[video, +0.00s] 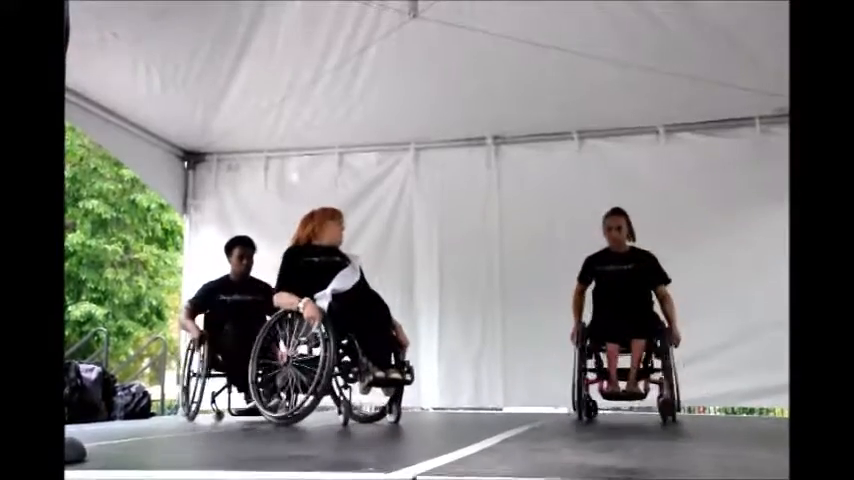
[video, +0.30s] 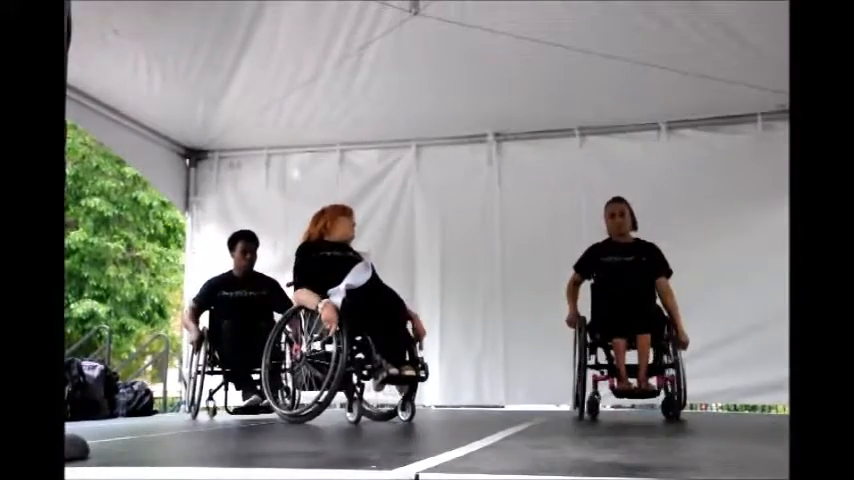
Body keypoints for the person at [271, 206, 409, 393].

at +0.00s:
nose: (342, 229)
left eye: (342, 225)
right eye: (338, 225)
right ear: (319, 227)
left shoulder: (345, 259)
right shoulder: (296, 254)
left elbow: (367, 293)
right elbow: (279, 296)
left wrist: (394, 326)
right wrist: (302, 303)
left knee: (375, 308)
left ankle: (382, 366)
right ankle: (376, 367)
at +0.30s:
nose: (354, 226)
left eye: (353, 222)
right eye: (349, 222)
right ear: (330, 224)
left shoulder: (354, 255)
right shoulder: (308, 250)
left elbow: (379, 287)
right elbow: (301, 292)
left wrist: (412, 316)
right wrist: (322, 304)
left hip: (369, 303)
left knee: (391, 307)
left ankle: (399, 363)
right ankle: (390, 364)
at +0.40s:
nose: (355, 224)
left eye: (354, 220)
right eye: (350, 219)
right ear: (332, 223)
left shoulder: (355, 255)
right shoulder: (310, 250)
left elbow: (382, 286)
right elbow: (303, 292)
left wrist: (416, 305)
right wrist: (325, 299)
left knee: (397, 306)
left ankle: (399, 363)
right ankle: (388, 365)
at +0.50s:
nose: (358, 222)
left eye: (357, 218)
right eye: (352, 218)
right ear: (334, 222)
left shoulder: (360, 255)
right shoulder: (313, 250)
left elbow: (396, 281)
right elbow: (306, 286)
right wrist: (329, 278)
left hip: (369, 303)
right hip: (332, 311)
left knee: (400, 304)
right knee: (381, 308)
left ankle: (406, 362)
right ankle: (388, 364)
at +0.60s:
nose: (356, 231)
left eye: (358, 226)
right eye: (351, 226)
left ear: (358, 226)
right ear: (332, 227)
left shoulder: (364, 255)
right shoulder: (315, 248)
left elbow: (408, 270)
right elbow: (308, 276)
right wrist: (326, 258)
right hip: (332, 311)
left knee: (401, 304)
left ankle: (409, 361)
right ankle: (394, 363)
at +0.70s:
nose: (361, 220)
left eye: (361, 216)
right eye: (356, 216)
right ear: (339, 220)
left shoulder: (367, 252)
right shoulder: (319, 244)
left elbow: (411, 256)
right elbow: (310, 261)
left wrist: (431, 230)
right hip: (336, 305)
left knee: (403, 306)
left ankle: (414, 362)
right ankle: (402, 363)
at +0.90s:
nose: (363, 221)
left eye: (363, 217)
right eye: (357, 216)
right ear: (337, 221)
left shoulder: (370, 251)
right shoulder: (325, 248)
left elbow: (414, 246)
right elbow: (310, 256)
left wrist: (425, 207)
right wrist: (314, 212)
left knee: (409, 306)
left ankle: (419, 361)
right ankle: (412, 362)